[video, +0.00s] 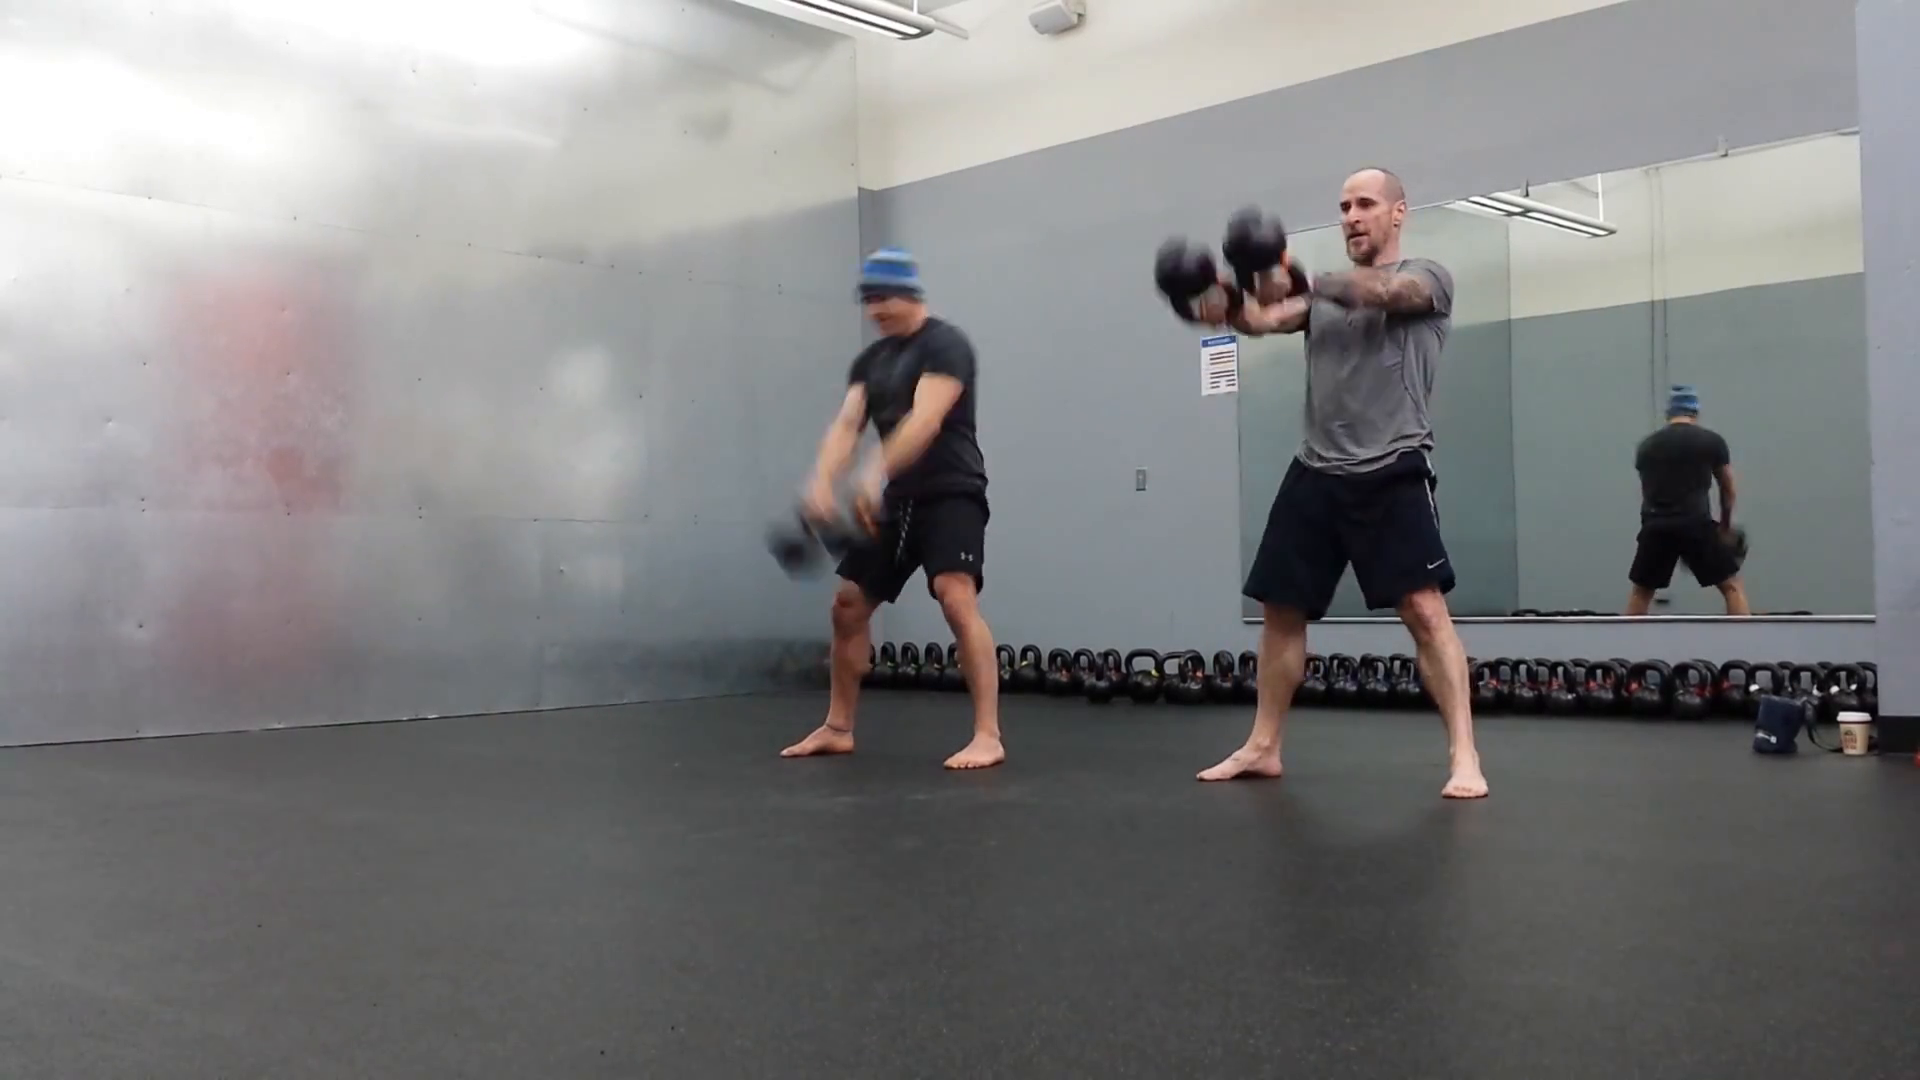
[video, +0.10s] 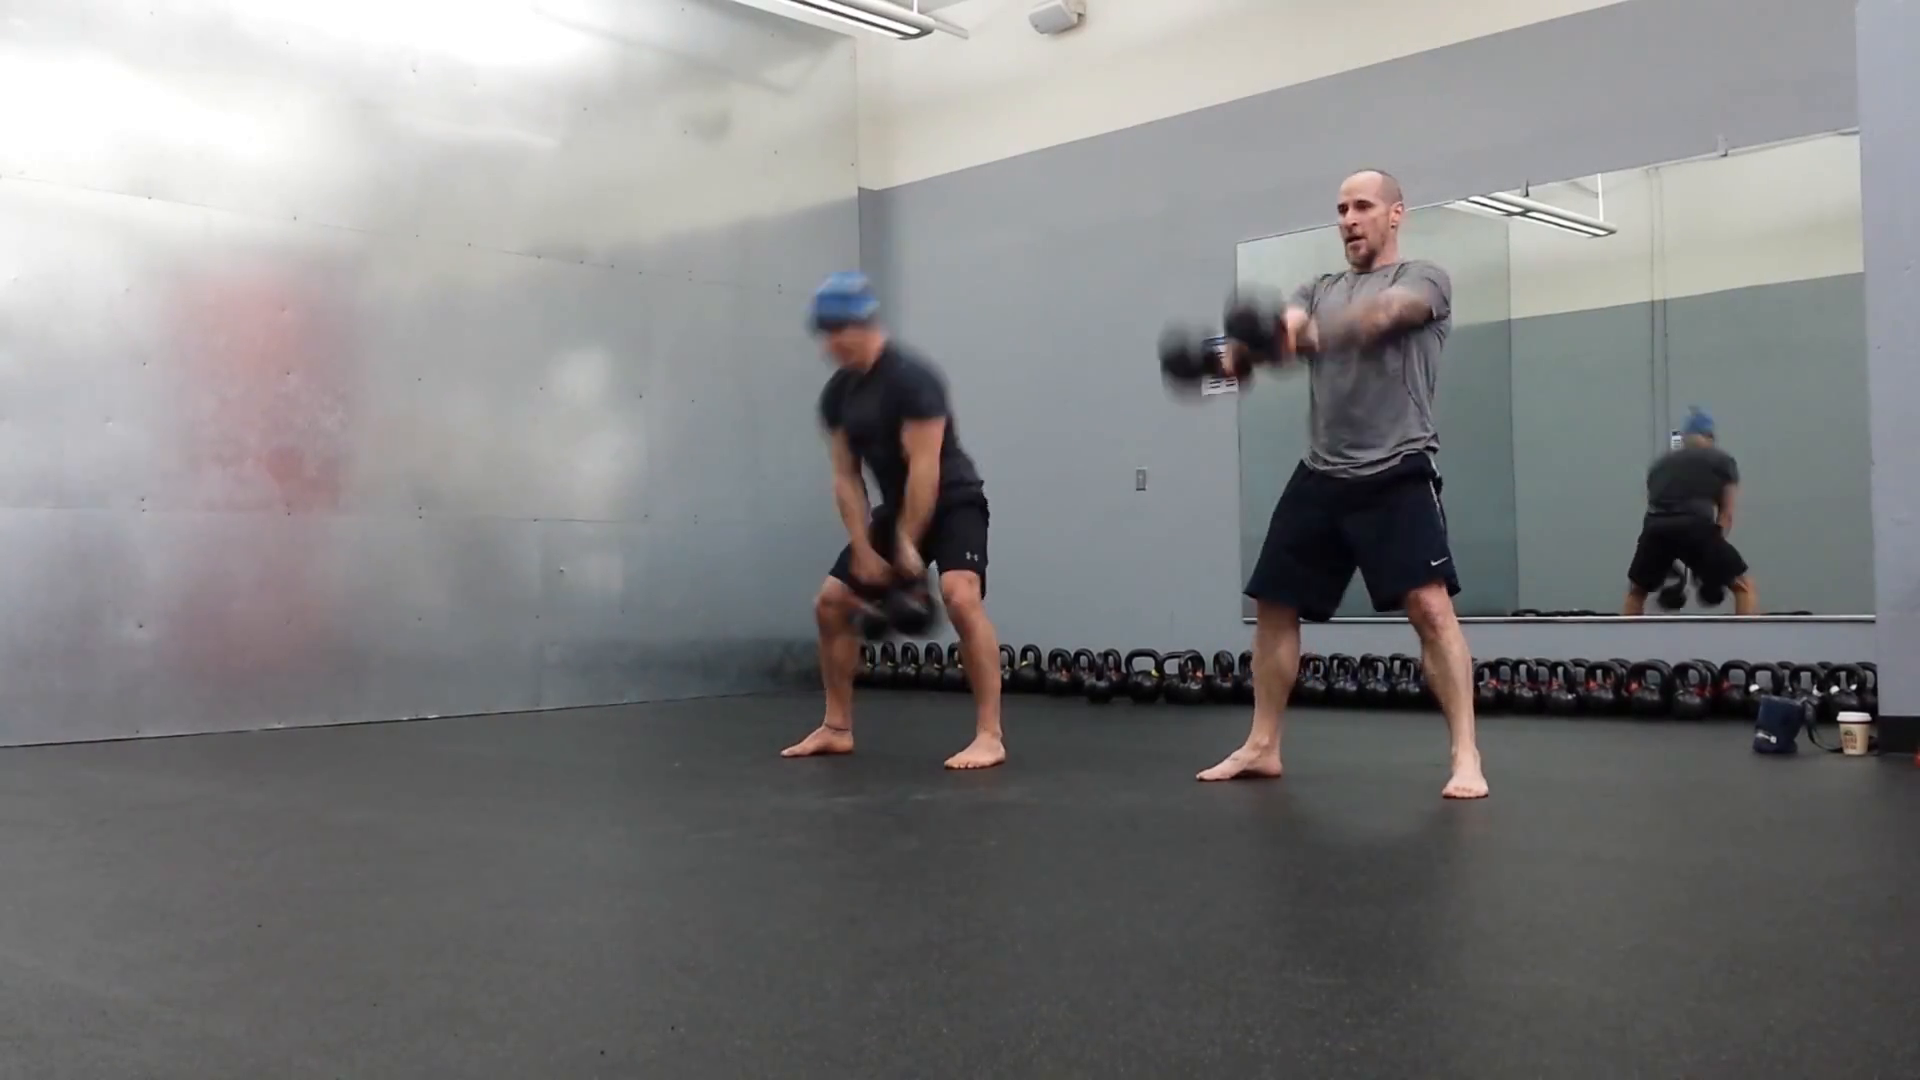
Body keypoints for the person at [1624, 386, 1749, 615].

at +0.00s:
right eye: (1693, 413)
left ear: (1669, 413)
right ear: (1695, 414)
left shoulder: (1647, 445)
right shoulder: (1711, 442)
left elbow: (1647, 492)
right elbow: (1727, 488)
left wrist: (1651, 524)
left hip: (1656, 529)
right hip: (1698, 528)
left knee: (1640, 595)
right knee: (1731, 589)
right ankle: (1747, 646)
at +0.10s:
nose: (1706, 442)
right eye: (1709, 438)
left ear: (1682, 437)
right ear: (1710, 438)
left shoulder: (1660, 462)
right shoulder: (1721, 461)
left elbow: (1656, 511)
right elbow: (1726, 515)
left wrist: (1666, 565)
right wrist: (1708, 564)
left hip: (1656, 531)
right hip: (1698, 531)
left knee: (1636, 594)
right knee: (1742, 587)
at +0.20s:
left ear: (1698, 474)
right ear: (1723, 476)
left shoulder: (1671, 491)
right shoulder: (1732, 494)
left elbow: (1662, 530)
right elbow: (1728, 536)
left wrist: (1656, 579)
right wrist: (1704, 577)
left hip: (1659, 539)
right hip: (1702, 540)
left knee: (1628, 597)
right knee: (1758, 589)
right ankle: (1748, 645)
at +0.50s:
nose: (1714, 447)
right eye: (1712, 443)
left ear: (1683, 443)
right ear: (1709, 443)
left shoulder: (1661, 472)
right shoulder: (1724, 470)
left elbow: (1655, 518)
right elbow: (1724, 518)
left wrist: (1664, 572)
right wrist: (1708, 569)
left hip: (1658, 539)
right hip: (1700, 540)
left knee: (1629, 595)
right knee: (1749, 589)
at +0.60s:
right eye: (1690, 413)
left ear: (1666, 415)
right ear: (1693, 413)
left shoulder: (1646, 448)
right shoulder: (1711, 444)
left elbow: (1649, 495)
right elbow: (1719, 494)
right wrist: (1710, 530)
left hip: (1656, 531)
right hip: (1697, 529)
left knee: (1636, 593)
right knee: (1734, 588)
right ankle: (1744, 646)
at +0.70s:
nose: (1679, 408)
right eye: (1679, 404)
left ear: (1653, 407)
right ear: (1679, 405)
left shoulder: (1634, 439)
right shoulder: (1696, 431)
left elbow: (1649, 473)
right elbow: (1719, 462)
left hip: (1656, 530)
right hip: (1696, 527)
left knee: (1642, 599)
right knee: (1722, 589)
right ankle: (1744, 647)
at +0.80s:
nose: (1682, 408)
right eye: (1680, 404)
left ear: (1654, 409)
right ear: (1680, 406)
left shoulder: (1635, 446)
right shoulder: (1696, 437)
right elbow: (1727, 461)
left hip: (1662, 530)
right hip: (1702, 526)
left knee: (1647, 598)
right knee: (1727, 591)